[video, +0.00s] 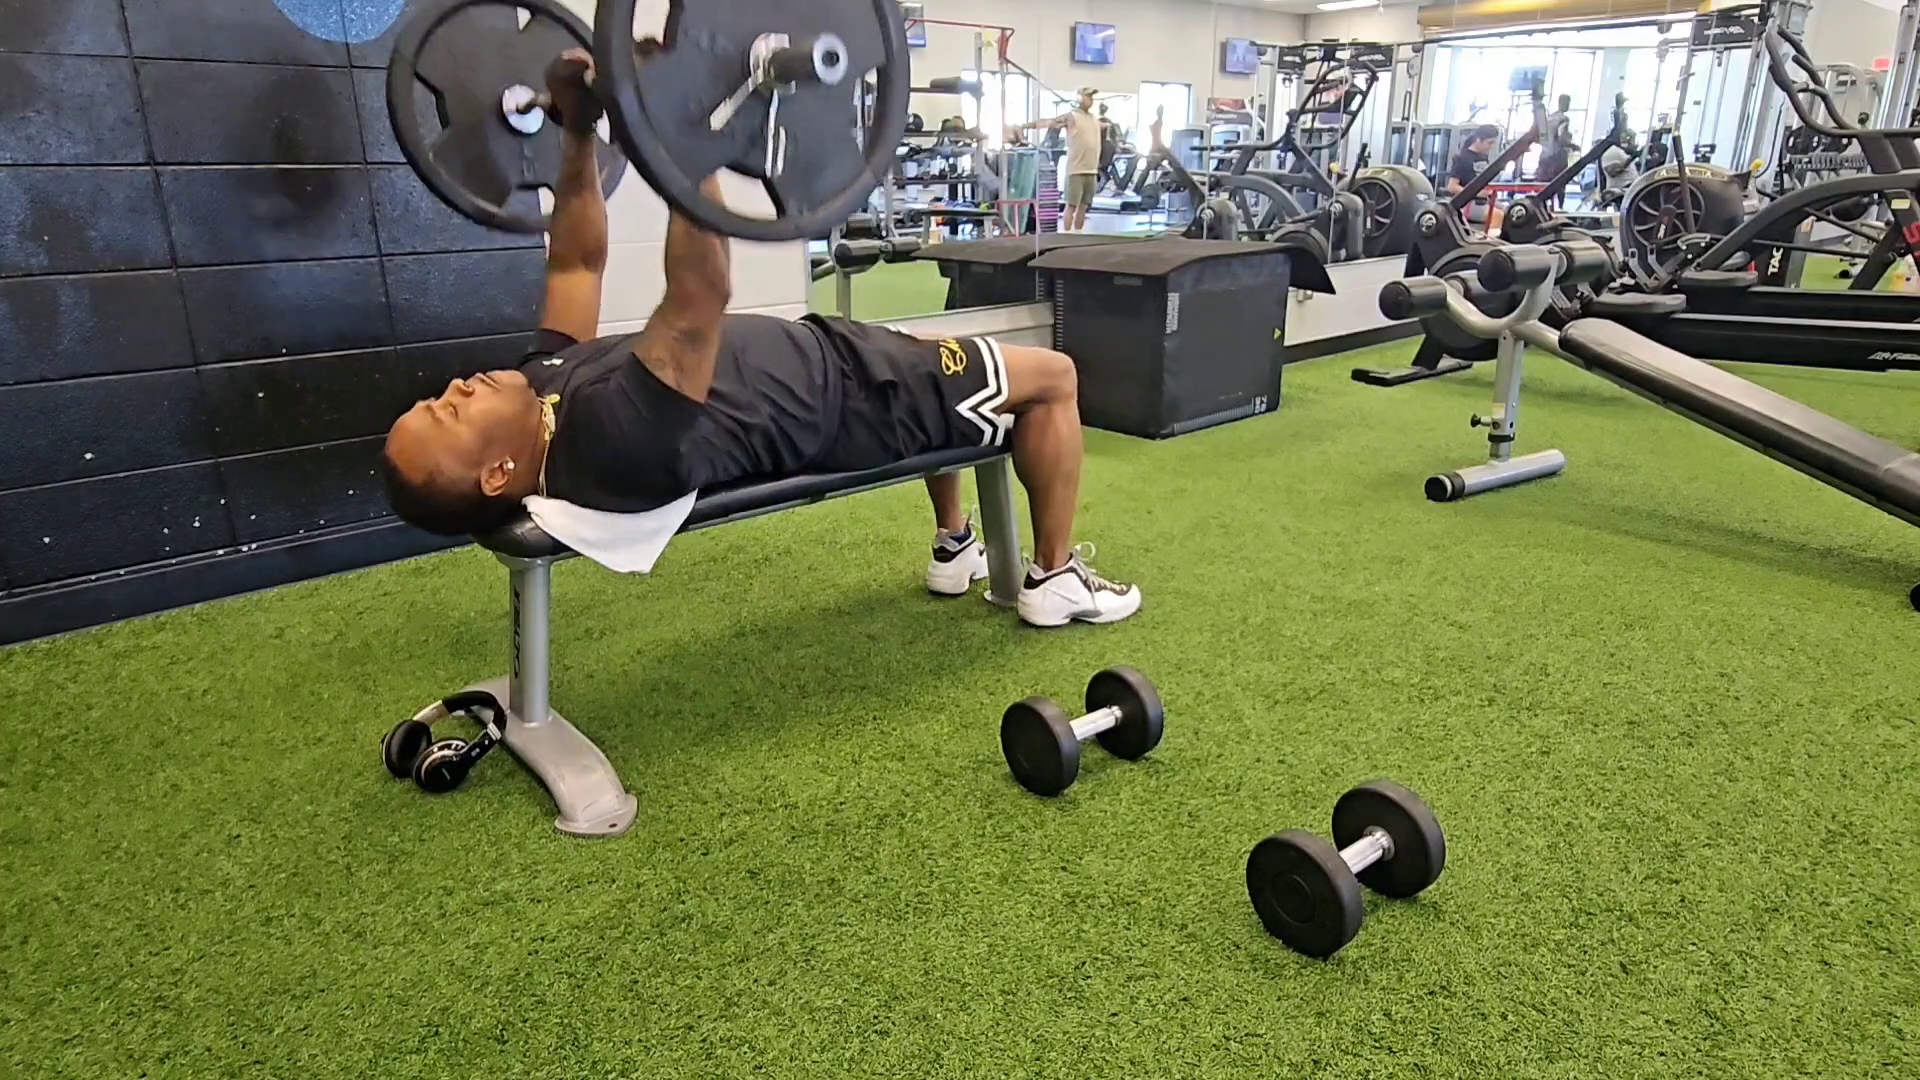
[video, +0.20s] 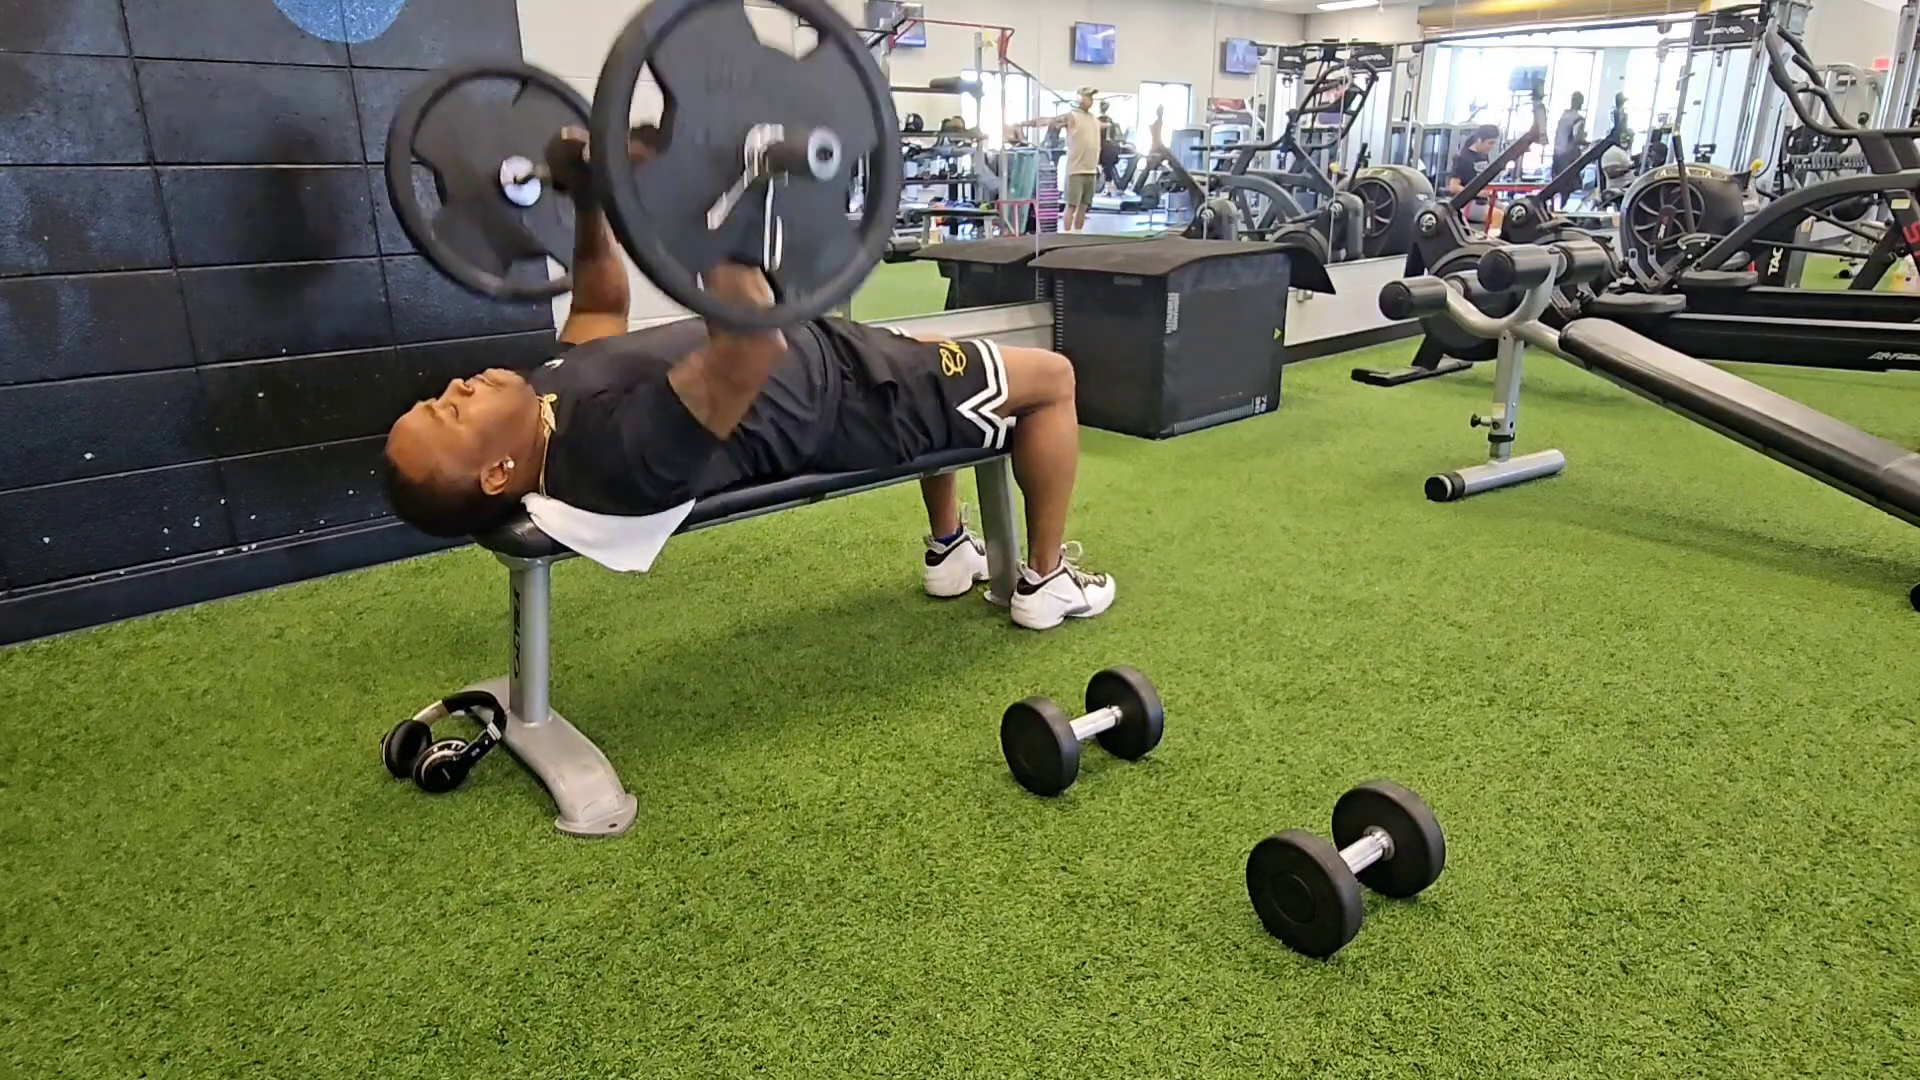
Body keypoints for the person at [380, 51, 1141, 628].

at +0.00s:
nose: (469, 376)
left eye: (443, 389)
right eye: (460, 401)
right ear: (503, 466)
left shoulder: (544, 384)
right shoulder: (615, 444)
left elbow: (573, 261)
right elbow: (698, 294)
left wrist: (574, 133)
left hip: (801, 348)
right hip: (848, 391)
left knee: (936, 354)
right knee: (1051, 374)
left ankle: (955, 544)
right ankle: (1055, 578)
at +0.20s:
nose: (462, 375)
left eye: (440, 390)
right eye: (451, 406)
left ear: (498, 466)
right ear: (501, 471)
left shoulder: (538, 403)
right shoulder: (615, 455)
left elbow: (599, 315)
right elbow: (743, 353)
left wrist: (590, 199)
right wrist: (721, 202)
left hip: (799, 352)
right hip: (846, 393)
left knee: (931, 341)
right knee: (1052, 377)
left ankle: (951, 543)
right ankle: (1048, 578)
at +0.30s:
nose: (479, 373)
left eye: (451, 385)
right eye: (465, 399)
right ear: (504, 470)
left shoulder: (553, 398)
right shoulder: (622, 458)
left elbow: (611, 331)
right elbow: (753, 397)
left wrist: (591, 248)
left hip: (798, 365)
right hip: (843, 407)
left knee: (933, 345)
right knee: (1054, 377)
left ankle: (957, 546)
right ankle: (1045, 577)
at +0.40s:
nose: (474, 372)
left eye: (450, 389)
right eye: (463, 399)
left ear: (503, 452)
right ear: (510, 464)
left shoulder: (552, 393)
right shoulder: (607, 459)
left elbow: (659, 334)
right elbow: (756, 463)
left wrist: (615, 286)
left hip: (785, 377)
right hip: (838, 423)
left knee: (942, 342)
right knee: (1060, 378)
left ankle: (965, 546)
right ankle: (1042, 571)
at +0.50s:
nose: (473, 371)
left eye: (448, 385)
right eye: (459, 402)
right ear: (506, 473)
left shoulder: (536, 394)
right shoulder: (619, 469)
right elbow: (757, 491)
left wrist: (603, 326)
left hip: (774, 372)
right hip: (840, 423)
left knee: (935, 341)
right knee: (1059, 380)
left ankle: (969, 544)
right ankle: (1040, 574)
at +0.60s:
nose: (480, 371)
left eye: (450, 386)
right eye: (465, 400)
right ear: (510, 474)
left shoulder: (540, 391)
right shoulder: (618, 469)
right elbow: (757, 481)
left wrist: (597, 330)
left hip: (775, 364)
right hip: (838, 421)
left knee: (930, 342)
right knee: (1063, 378)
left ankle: (971, 543)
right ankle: (1035, 575)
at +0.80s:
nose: (488, 384)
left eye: (467, 391)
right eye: (478, 408)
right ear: (514, 474)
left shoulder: (545, 399)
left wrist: (513, 289)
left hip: (813, 341)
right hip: (856, 392)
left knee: (938, 350)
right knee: (1066, 378)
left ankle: (971, 546)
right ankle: (1033, 572)